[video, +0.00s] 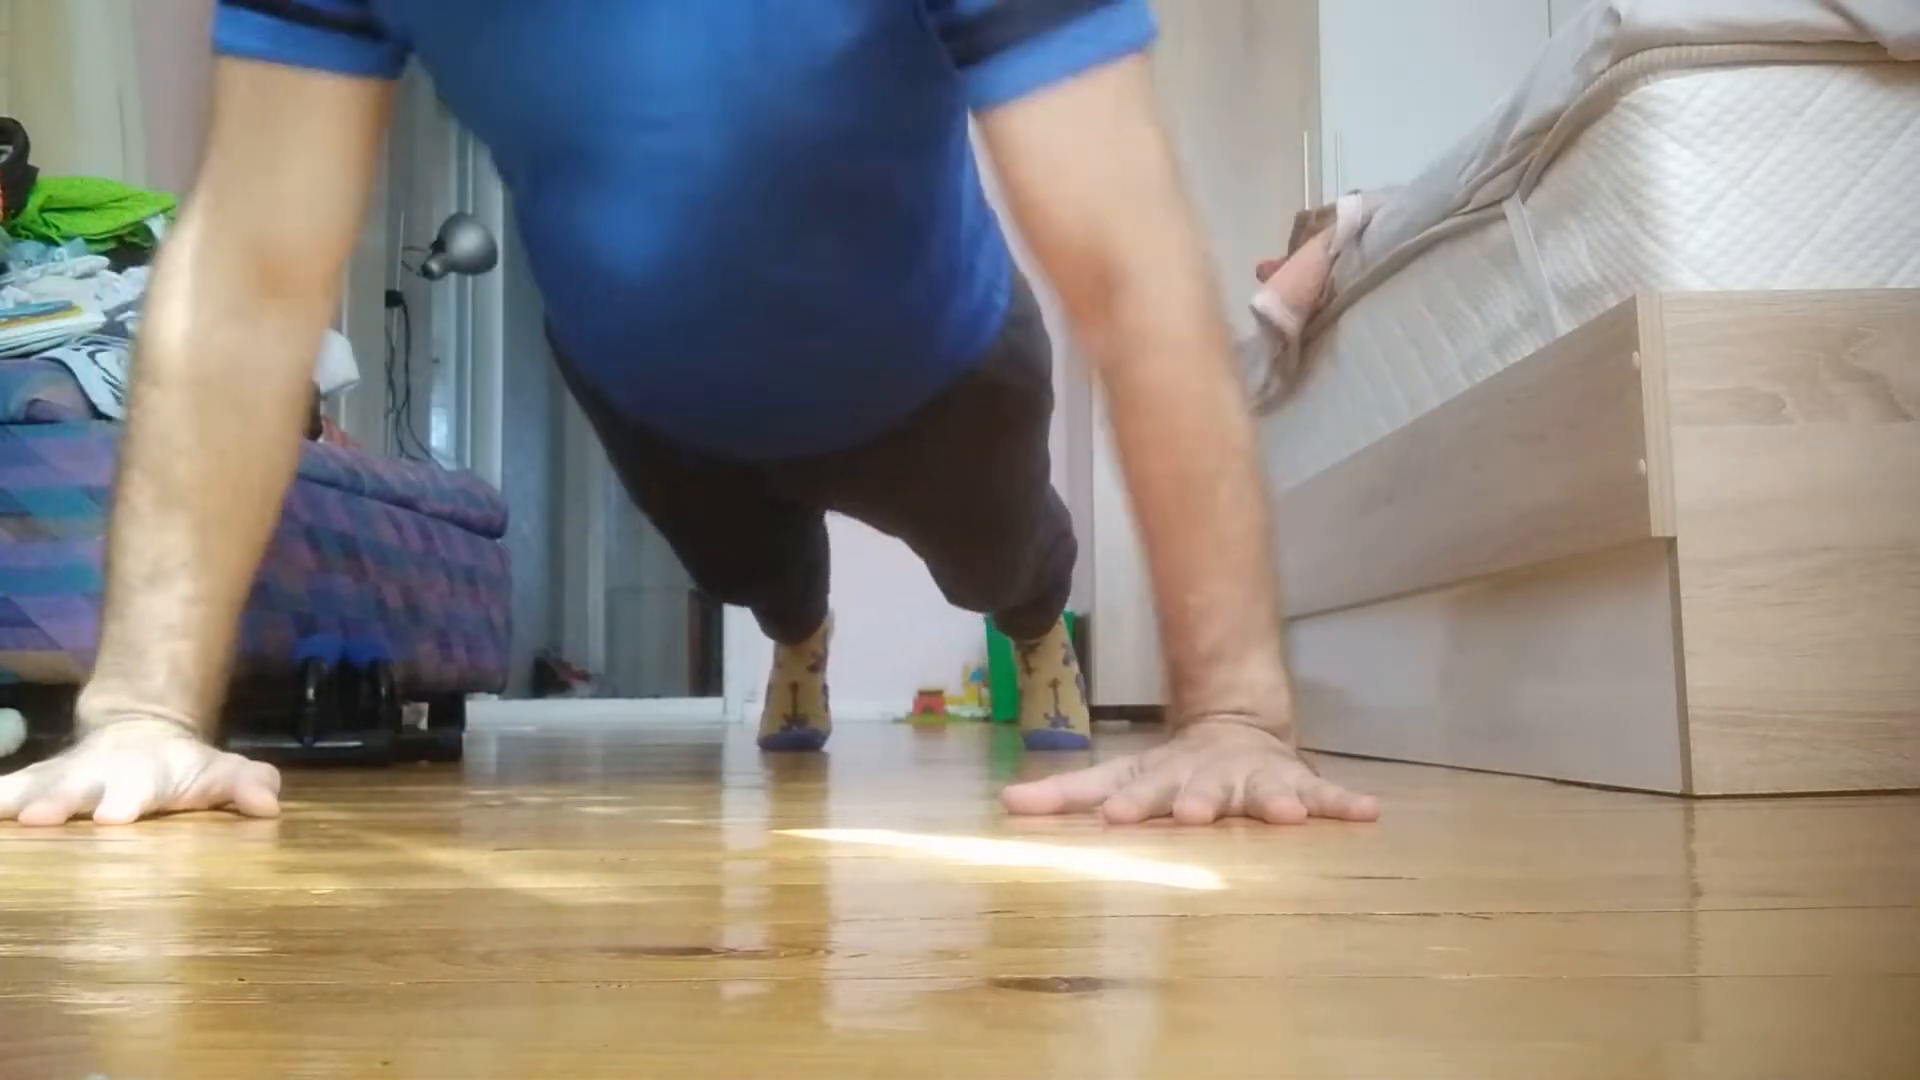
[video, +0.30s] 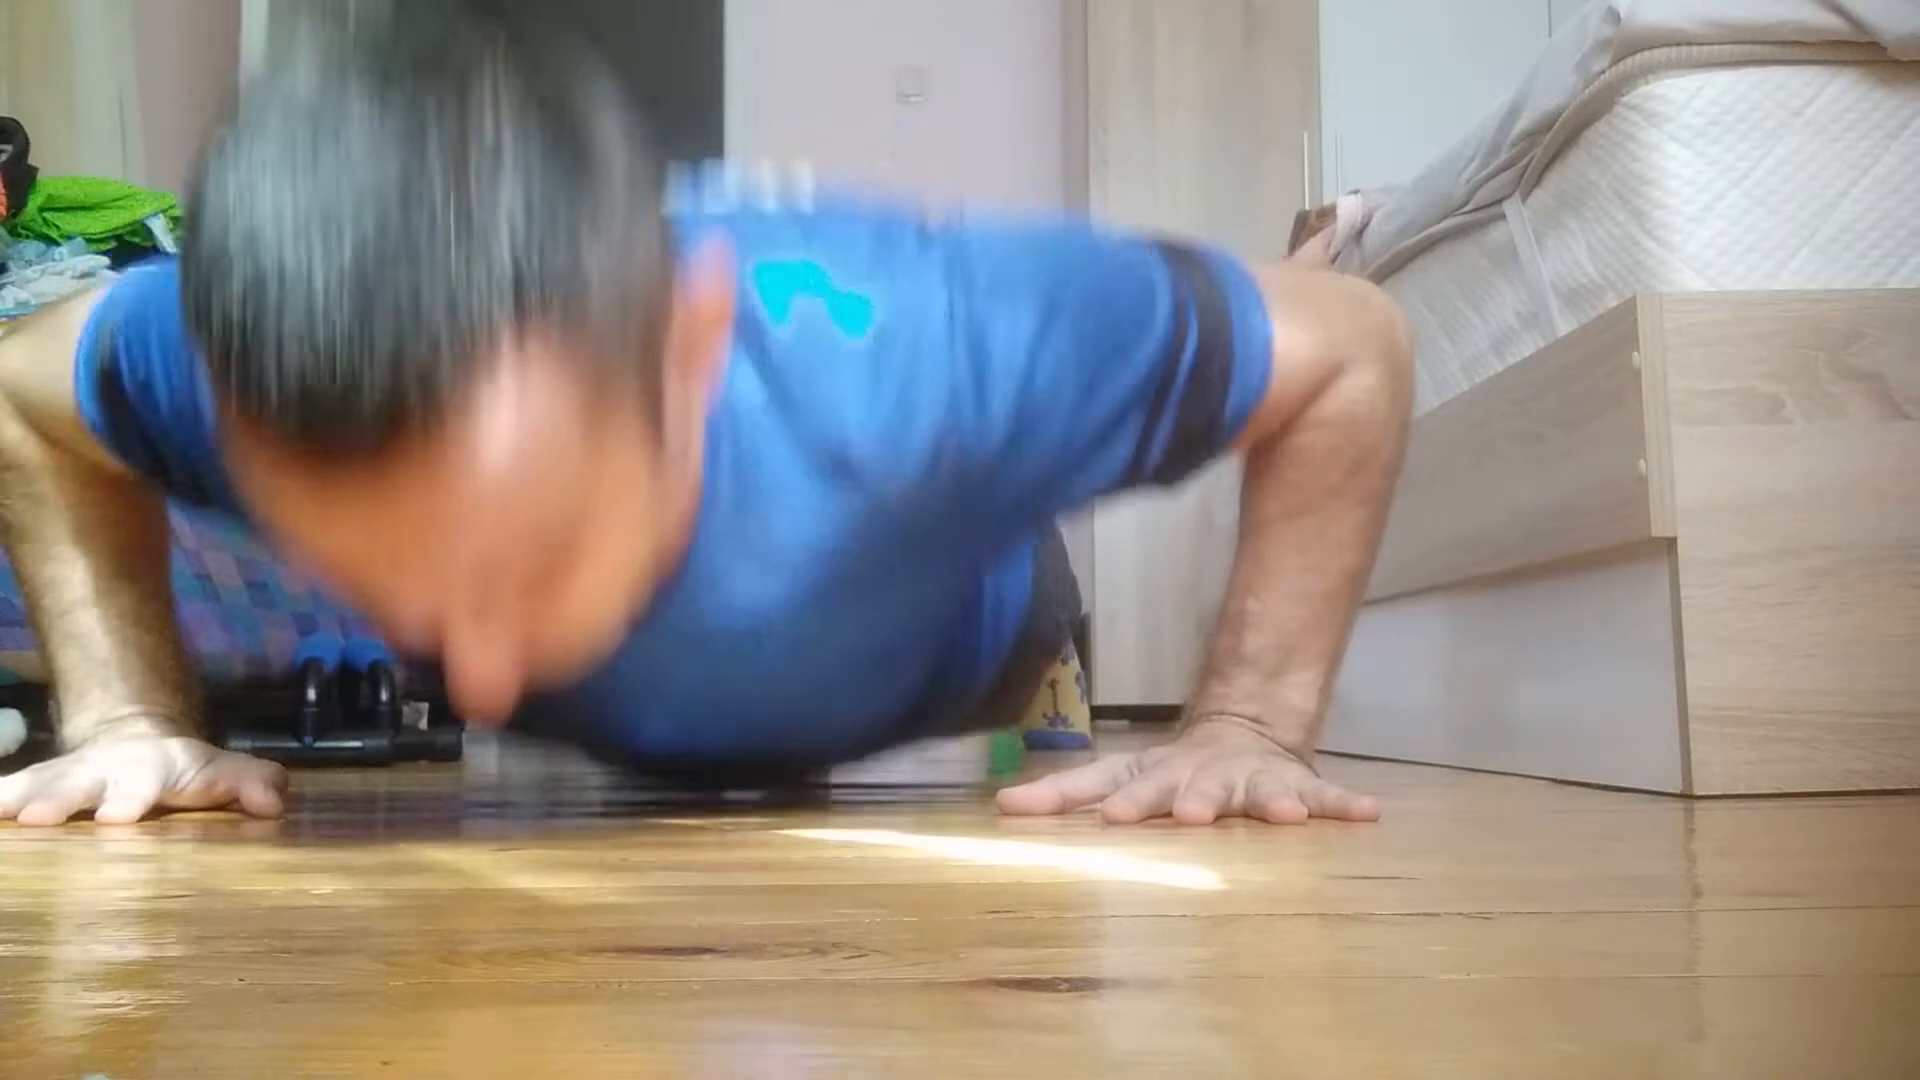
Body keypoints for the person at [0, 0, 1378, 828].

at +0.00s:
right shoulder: (353, 7)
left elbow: (1133, 264)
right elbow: (250, 272)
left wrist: (1238, 704)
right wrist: (145, 710)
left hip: (922, 377)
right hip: (655, 410)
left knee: (1003, 559)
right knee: (755, 564)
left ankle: (1015, 609)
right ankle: (793, 629)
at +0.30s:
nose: (476, 664)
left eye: (535, 571)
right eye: (399, 598)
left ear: (692, 348)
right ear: (287, 451)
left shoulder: (921, 367)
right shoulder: (229, 357)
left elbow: (1348, 354)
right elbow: (51, 398)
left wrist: (1247, 718)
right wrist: (132, 717)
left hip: (958, 678)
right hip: (640, 716)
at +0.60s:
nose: (504, 425)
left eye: (561, 337)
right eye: (434, 352)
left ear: (732, 176)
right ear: (340, 247)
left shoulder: (960, 241)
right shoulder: (256, 255)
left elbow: (1398, 356)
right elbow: (21, 397)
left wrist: (1257, 721)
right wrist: (129, 715)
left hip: (951, 528)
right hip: (704, 554)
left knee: (1010, 607)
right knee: (782, 608)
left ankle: (1034, 639)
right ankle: (805, 659)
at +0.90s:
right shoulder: (346, 5)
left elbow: (1108, 254)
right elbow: (256, 274)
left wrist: (1235, 700)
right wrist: (147, 713)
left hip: (933, 352)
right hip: (672, 385)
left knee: (1014, 550)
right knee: (775, 557)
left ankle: (1017, 612)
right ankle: (813, 636)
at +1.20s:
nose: (494, 463)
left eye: (537, 347)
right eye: (418, 375)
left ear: (676, 164)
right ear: (306, 255)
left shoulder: (921, 190)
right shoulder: (237, 240)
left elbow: (1343, 349)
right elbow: (52, 401)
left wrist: (1245, 719)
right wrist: (133, 715)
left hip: (972, 611)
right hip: (681, 623)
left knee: (1022, 656)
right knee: (782, 652)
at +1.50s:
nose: (450, 619)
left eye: (520, 533)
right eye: (373, 548)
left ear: (691, 364)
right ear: (297, 429)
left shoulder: (945, 357)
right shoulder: (210, 348)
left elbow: (1406, 347)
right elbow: (16, 390)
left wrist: (1261, 725)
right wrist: (119, 712)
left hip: (924, 603)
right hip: (680, 633)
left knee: (1006, 618)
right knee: (802, 666)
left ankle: (1036, 652)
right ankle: (815, 701)